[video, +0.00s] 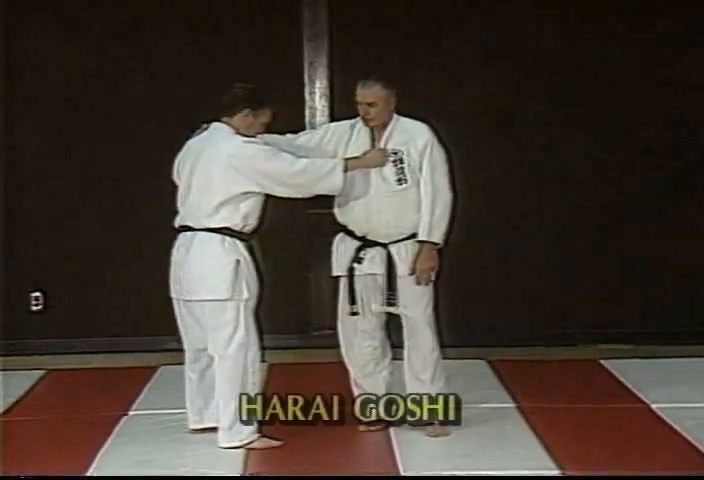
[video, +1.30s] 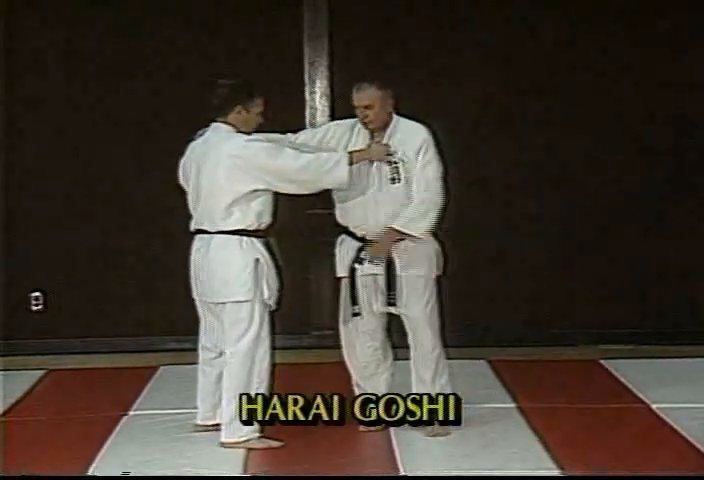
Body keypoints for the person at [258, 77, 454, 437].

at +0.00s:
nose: (365, 112)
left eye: (372, 106)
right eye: (360, 106)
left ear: (391, 102)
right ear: (355, 104)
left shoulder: (419, 137)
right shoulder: (344, 133)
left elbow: (438, 193)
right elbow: (295, 144)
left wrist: (429, 246)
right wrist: (243, 140)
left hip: (408, 247)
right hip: (357, 247)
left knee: (419, 327)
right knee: (360, 327)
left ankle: (429, 408)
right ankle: (372, 407)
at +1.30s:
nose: (363, 116)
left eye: (369, 109)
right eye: (358, 110)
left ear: (389, 105)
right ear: (354, 109)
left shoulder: (415, 137)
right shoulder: (345, 133)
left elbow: (430, 196)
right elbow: (294, 142)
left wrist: (392, 236)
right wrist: (242, 142)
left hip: (410, 244)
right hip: (358, 244)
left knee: (420, 324)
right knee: (360, 325)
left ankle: (433, 407)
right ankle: (373, 404)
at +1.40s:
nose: (367, 115)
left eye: (373, 107)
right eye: (362, 108)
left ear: (393, 104)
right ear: (358, 108)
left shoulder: (416, 137)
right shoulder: (349, 132)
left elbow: (417, 205)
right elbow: (299, 137)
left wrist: (363, 224)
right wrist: (245, 132)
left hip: (409, 246)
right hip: (359, 246)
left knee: (422, 330)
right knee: (361, 328)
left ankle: (434, 410)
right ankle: (374, 407)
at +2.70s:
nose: (400, 132)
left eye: (405, 124)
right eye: (395, 125)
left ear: (425, 115)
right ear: (390, 121)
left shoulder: (450, 144)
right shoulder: (387, 132)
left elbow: (414, 187)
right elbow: (340, 141)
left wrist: (347, 201)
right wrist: (290, 138)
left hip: (454, 245)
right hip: (412, 243)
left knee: (449, 329)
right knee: (412, 327)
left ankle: (443, 407)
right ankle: (419, 401)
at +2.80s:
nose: (400, 131)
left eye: (406, 124)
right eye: (395, 124)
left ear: (426, 116)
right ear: (391, 120)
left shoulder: (451, 146)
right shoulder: (386, 133)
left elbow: (412, 189)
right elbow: (341, 141)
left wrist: (346, 202)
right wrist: (291, 138)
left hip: (457, 243)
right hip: (419, 243)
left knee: (452, 325)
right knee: (429, 323)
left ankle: (447, 398)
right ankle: (436, 390)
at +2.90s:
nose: (401, 132)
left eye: (407, 124)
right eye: (396, 124)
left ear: (427, 116)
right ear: (392, 120)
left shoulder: (451, 146)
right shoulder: (388, 132)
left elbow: (412, 190)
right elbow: (343, 140)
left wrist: (344, 202)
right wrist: (294, 136)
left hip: (456, 242)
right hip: (422, 239)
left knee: (450, 322)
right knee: (437, 303)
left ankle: (441, 396)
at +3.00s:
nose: (402, 132)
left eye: (408, 125)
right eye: (397, 125)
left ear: (428, 117)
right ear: (392, 121)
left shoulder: (451, 146)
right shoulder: (390, 132)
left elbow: (413, 189)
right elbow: (345, 140)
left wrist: (345, 203)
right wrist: (294, 135)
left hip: (458, 242)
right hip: (422, 239)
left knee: (449, 321)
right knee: (440, 300)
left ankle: (443, 394)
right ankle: (485, 329)